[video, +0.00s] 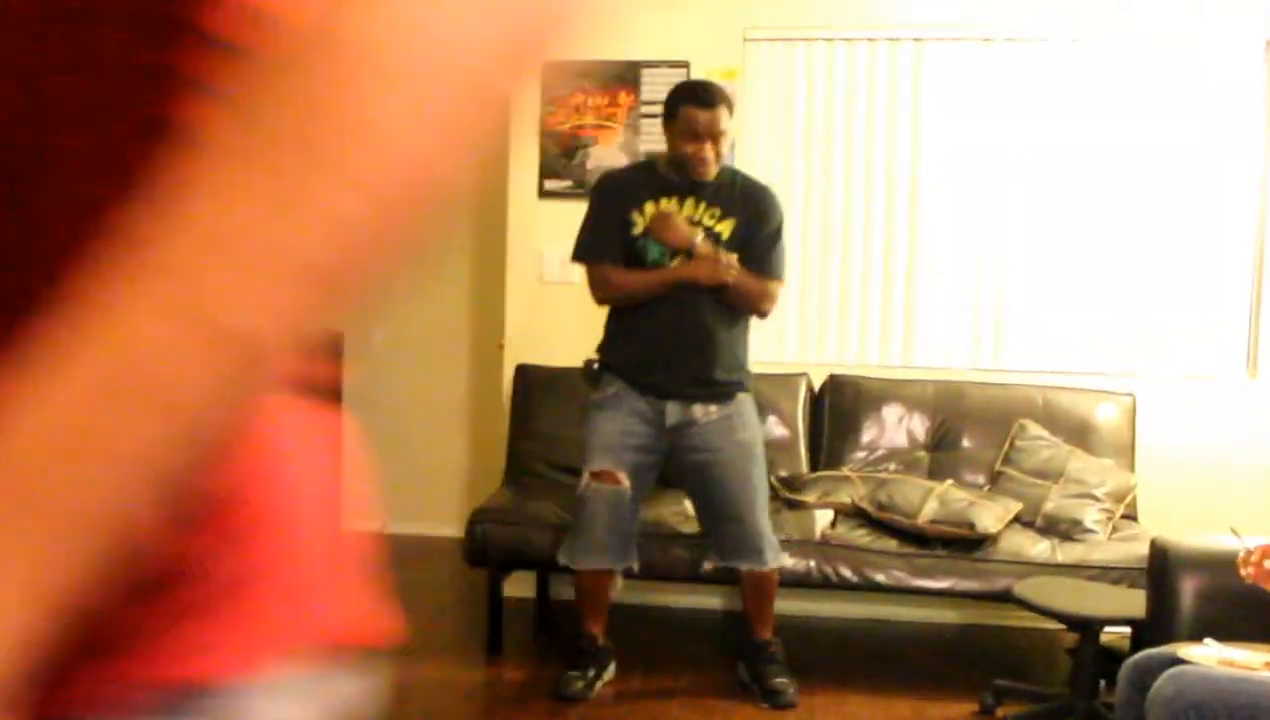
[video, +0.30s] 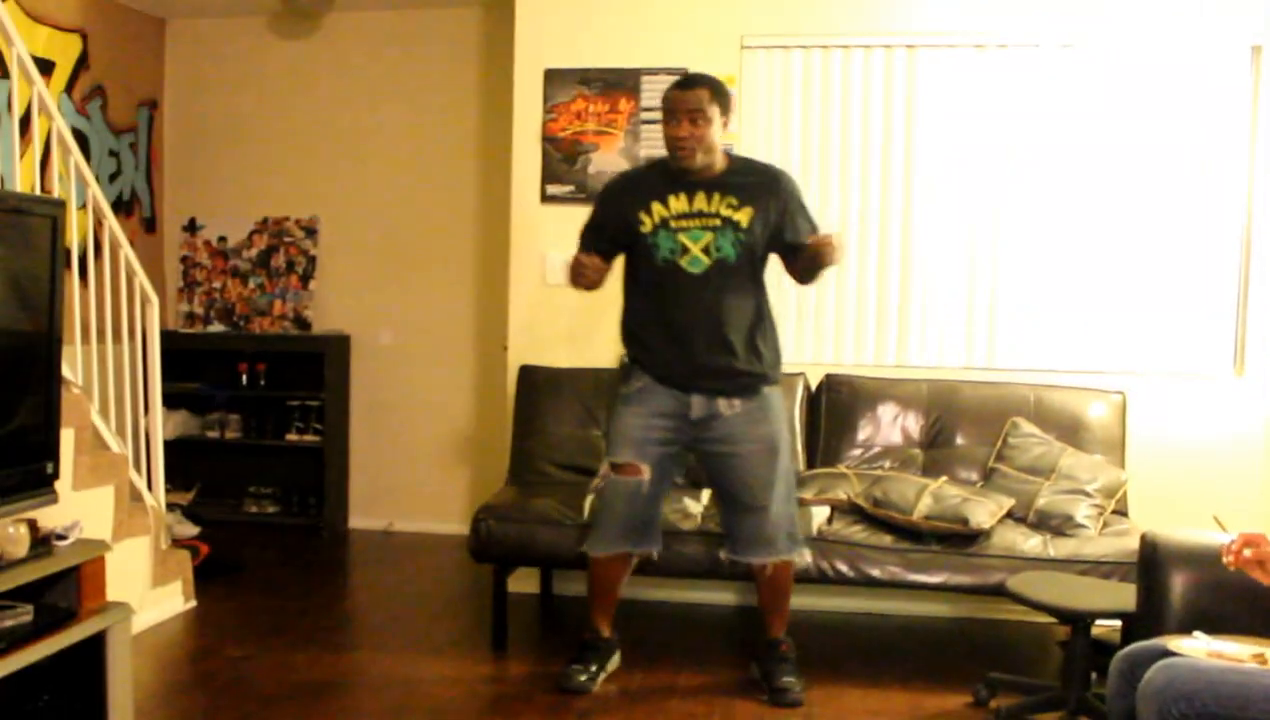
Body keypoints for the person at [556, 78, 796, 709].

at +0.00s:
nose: (705, 149)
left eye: (715, 136)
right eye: (692, 136)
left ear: (729, 134)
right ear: (667, 132)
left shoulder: (755, 203)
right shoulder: (621, 188)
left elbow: (763, 299)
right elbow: (603, 286)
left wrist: (692, 245)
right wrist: (693, 272)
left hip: (720, 397)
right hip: (627, 391)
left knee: (755, 535)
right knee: (600, 506)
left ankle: (763, 649)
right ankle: (591, 650)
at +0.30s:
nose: (683, 129)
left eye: (696, 118)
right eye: (673, 118)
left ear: (724, 123)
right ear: (662, 124)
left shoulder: (767, 187)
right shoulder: (630, 192)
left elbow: (799, 267)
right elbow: (590, 267)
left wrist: (818, 255)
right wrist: (585, 271)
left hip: (744, 385)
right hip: (653, 382)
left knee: (772, 523)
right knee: (619, 503)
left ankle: (776, 648)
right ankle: (600, 640)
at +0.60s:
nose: (691, 121)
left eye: (704, 108)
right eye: (680, 110)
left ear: (730, 113)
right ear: (668, 118)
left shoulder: (776, 181)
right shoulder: (639, 185)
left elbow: (793, 282)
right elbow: (624, 283)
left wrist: (774, 259)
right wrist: (664, 248)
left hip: (748, 382)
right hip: (655, 376)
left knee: (774, 518)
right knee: (621, 493)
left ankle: (773, 644)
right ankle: (596, 638)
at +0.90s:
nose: (676, 122)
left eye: (690, 112)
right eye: (666, 112)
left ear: (716, 122)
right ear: (654, 122)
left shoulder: (754, 197)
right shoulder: (615, 194)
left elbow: (781, 287)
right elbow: (586, 287)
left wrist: (759, 280)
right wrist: (633, 255)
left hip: (730, 395)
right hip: (636, 392)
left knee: (766, 531)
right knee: (603, 508)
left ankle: (772, 645)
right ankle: (595, 643)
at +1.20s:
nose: (707, 131)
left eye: (719, 119)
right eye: (694, 120)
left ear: (742, 125)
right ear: (680, 129)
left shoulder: (787, 201)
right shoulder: (647, 204)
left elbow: (808, 307)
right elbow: (644, 309)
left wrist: (823, 263)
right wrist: (624, 280)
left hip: (764, 401)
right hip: (668, 396)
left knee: (795, 542)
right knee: (628, 509)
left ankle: (781, 652)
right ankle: (603, 638)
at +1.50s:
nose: (696, 127)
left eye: (709, 116)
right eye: (683, 115)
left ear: (726, 123)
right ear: (663, 120)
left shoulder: (759, 200)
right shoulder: (618, 193)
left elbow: (776, 300)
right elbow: (600, 293)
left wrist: (715, 258)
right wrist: (681, 288)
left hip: (729, 402)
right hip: (632, 396)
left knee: (766, 540)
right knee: (604, 518)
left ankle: (769, 650)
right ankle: (592, 657)